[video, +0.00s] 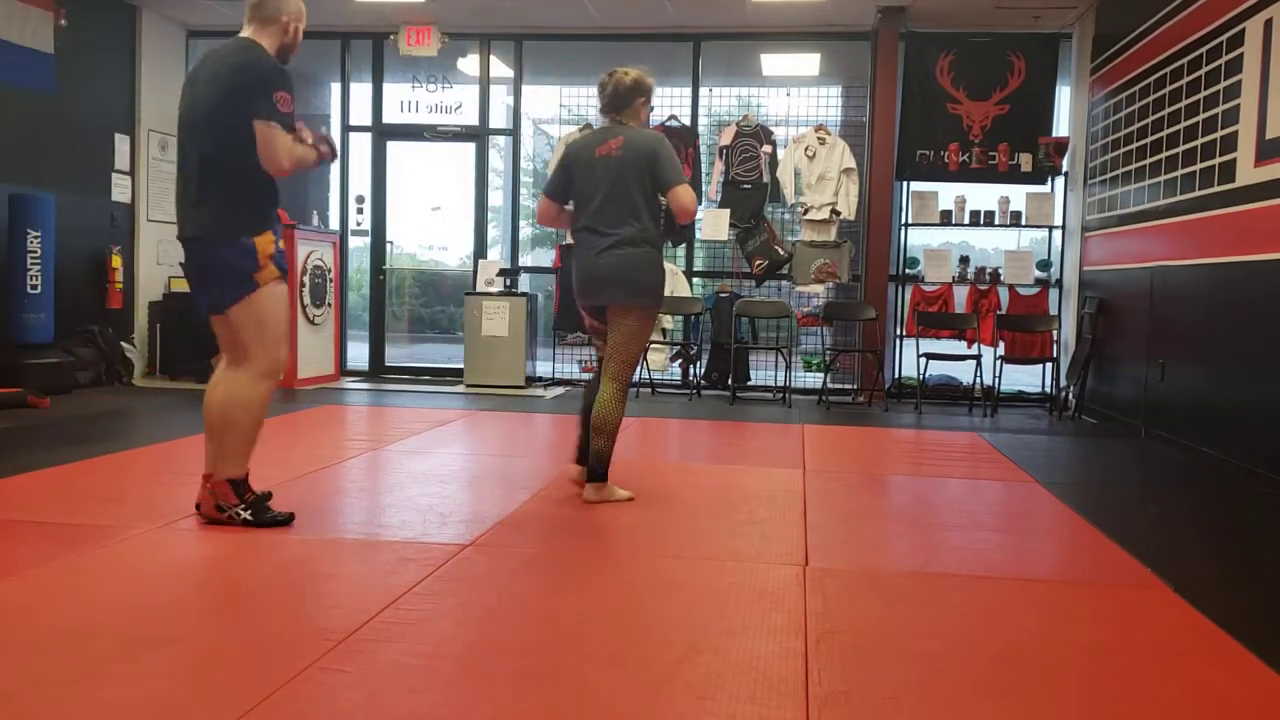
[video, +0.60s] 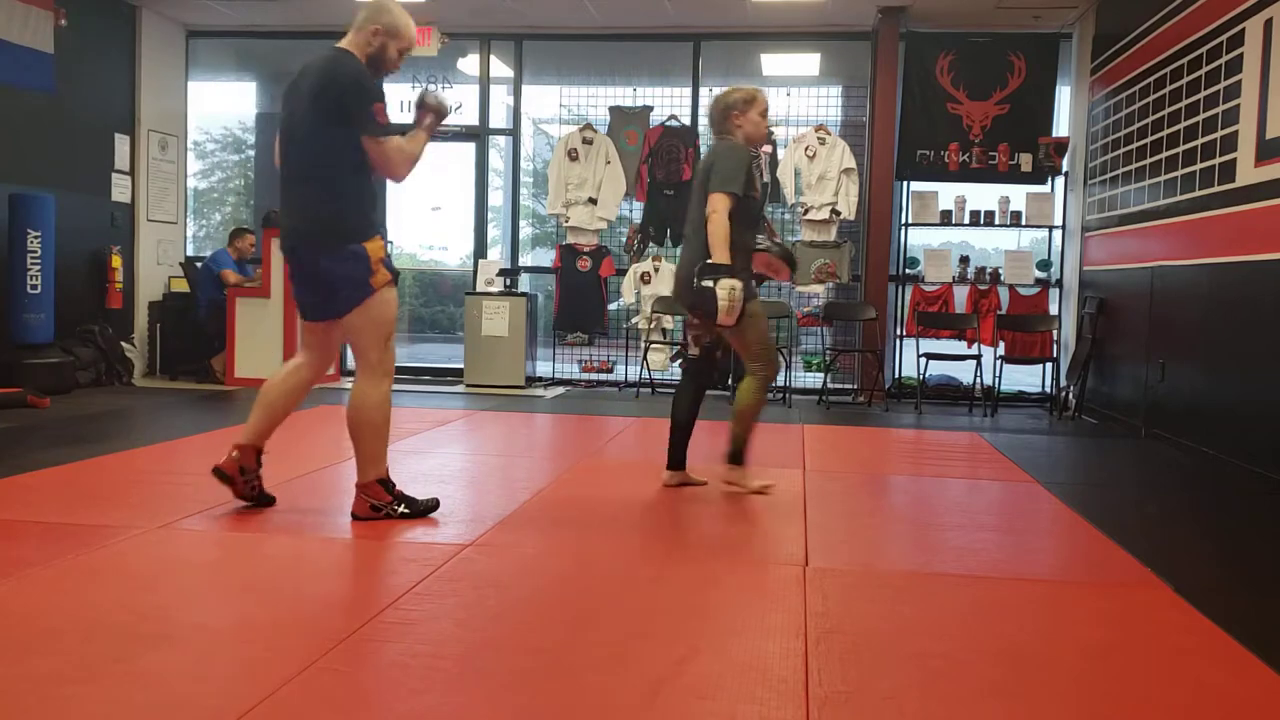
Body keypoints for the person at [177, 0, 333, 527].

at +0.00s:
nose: (299, 43)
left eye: (301, 33)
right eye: (301, 32)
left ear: (249, 17)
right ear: (289, 23)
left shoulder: (209, 65)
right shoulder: (261, 68)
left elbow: (227, 150)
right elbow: (278, 160)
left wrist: (296, 142)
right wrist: (314, 152)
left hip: (203, 234)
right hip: (243, 232)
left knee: (235, 358)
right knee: (264, 362)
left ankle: (217, 486)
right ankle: (229, 491)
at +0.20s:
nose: (326, 46)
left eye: (328, 36)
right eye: (326, 34)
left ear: (282, 18)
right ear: (306, 22)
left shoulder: (233, 66)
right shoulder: (280, 57)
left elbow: (236, 144)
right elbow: (267, 128)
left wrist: (311, 144)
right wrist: (323, 148)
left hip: (224, 231)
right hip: (273, 227)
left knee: (232, 357)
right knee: (331, 345)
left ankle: (217, 483)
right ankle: (302, 472)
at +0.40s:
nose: (357, 54)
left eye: (360, 45)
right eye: (357, 42)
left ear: (314, 29)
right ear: (334, 32)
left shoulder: (273, 72)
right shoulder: (310, 70)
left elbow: (285, 151)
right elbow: (315, 148)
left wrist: (343, 130)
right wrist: (385, 144)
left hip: (257, 240)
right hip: (303, 241)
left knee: (248, 364)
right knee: (339, 366)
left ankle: (217, 484)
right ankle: (369, 488)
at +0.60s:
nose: (399, 65)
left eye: (403, 56)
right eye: (399, 53)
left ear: (362, 32)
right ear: (373, 34)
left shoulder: (305, 75)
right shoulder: (355, 78)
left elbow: (283, 156)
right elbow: (395, 165)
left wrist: (356, 151)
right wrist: (426, 126)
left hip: (306, 240)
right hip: (351, 240)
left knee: (313, 357)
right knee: (376, 366)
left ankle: (243, 456)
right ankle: (373, 491)